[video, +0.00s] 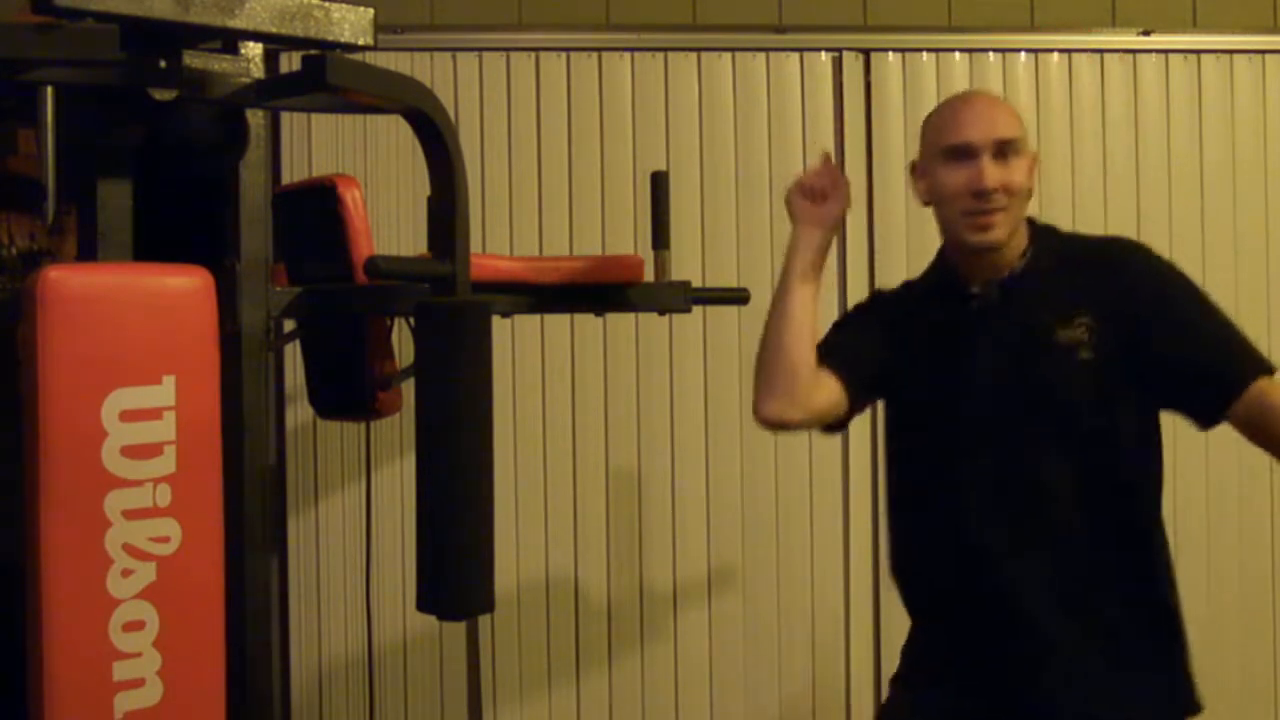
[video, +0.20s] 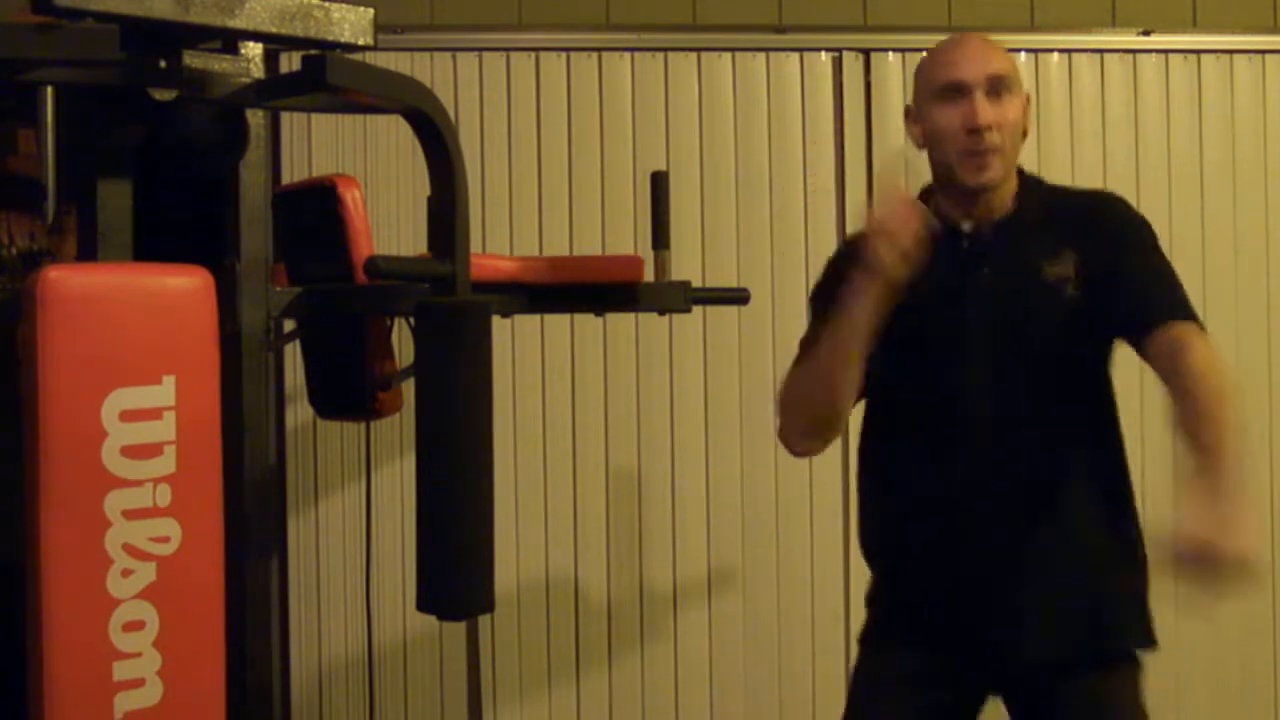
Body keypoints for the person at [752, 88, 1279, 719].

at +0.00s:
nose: (986, 178)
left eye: (1003, 155)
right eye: (959, 159)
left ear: (1031, 170)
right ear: (921, 182)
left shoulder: (1120, 280)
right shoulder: (897, 322)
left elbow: (1262, 406)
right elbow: (782, 404)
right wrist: (811, 236)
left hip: (1120, 673)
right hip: (955, 678)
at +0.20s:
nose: (979, 116)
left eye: (997, 92)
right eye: (953, 96)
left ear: (1025, 111)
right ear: (916, 126)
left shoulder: (1094, 229)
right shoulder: (871, 260)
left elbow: (1187, 358)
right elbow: (801, 432)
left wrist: (1215, 503)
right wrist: (874, 279)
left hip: (1072, 607)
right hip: (921, 613)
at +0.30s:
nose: (988, 117)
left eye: (1007, 95)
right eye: (961, 99)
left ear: (1038, 121)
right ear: (929, 133)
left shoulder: (1092, 235)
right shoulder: (866, 270)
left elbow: (1149, 373)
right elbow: (790, 439)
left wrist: (1030, 403)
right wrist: (928, 393)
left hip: (1063, 619)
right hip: (909, 626)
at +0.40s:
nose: (974, 122)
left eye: (997, 101)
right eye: (950, 104)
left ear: (1035, 130)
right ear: (924, 137)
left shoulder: (1091, 249)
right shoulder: (859, 272)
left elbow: (1126, 411)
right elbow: (778, 440)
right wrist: (924, 370)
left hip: (1056, 625)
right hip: (904, 626)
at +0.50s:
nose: (963, 127)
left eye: (987, 107)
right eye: (940, 110)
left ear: (1026, 134)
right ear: (915, 143)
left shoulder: (1092, 258)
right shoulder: (858, 276)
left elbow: (1144, 434)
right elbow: (772, 437)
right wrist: (872, 297)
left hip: (1057, 640)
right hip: (903, 641)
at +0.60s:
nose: (975, 131)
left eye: (997, 108)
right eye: (952, 113)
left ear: (1036, 132)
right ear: (924, 147)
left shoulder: (1111, 261)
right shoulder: (885, 276)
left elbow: (1161, 445)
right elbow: (802, 444)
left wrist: (1131, 595)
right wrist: (838, 269)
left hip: (1076, 645)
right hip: (921, 645)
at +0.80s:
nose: (1036, 147)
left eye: (1058, 121)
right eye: (1011, 127)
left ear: (1101, 141)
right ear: (989, 155)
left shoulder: (1178, 251)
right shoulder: (946, 282)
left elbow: (1214, 441)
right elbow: (925, 484)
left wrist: (1101, 429)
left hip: (1145, 624)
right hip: (997, 629)